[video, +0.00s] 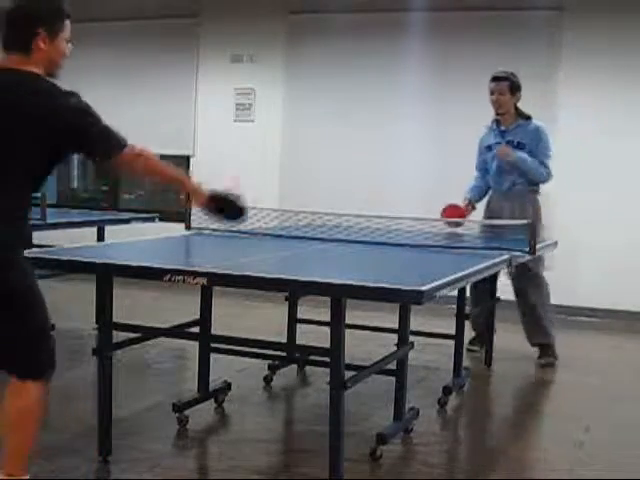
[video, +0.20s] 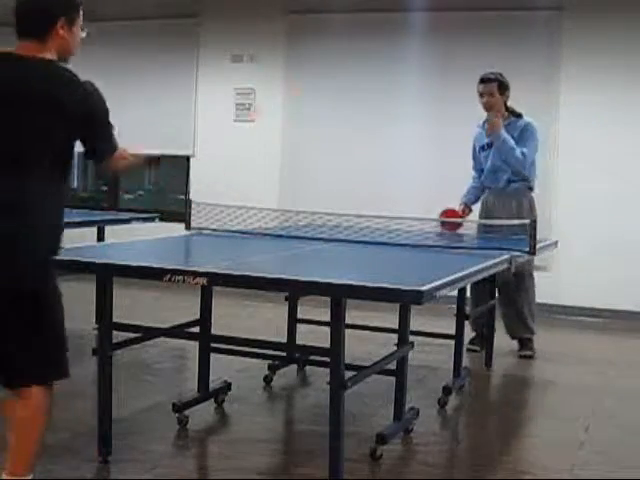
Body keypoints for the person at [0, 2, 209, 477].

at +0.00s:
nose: (67, 51)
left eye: (69, 41)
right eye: (65, 41)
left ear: (15, 39)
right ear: (40, 41)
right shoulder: (52, 102)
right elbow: (126, 158)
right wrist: (190, 187)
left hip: (5, 253)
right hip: (3, 254)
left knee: (24, 360)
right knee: (30, 364)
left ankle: (11, 468)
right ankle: (11, 472)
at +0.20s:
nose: (81, 36)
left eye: (81, 25)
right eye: (79, 25)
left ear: (22, 25)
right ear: (59, 29)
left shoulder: (4, 70)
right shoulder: (73, 92)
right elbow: (110, 161)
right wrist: (137, 158)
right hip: (22, 255)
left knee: (21, 374)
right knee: (31, 379)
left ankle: (14, 467)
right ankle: (15, 473)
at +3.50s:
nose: (114, 9)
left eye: (111, 6)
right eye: (114, 5)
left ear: (55, 3)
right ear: (108, 5)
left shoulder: (11, 49)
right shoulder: (125, 57)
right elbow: (150, 144)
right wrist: (159, 209)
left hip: (13, 252)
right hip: (90, 255)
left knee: (12, 408)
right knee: (92, 410)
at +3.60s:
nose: (111, 15)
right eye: (112, 10)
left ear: (48, 9)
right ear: (108, 9)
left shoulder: (9, 69)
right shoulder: (128, 76)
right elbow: (155, 165)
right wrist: (155, 226)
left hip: (9, 276)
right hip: (86, 280)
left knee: (4, 421)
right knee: (87, 427)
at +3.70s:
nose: (101, 12)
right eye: (102, 8)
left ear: (40, 8)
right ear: (97, 8)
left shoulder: (8, 64)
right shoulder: (125, 74)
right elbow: (153, 162)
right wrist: (145, 221)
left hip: (10, 262)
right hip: (85, 266)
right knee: (84, 415)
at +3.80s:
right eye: (83, 8)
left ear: (27, 10)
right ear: (82, 10)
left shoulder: (6, 67)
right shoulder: (113, 75)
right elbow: (145, 165)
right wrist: (123, 216)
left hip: (8, 259)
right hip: (78, 260)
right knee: (77, 404)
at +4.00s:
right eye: (44, 38)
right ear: (42, 41)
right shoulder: (71, 108)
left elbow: (109, 191)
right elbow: (112, 191)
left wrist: (90, 205)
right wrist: (85, 207)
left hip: (5, 278)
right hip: (50, 278)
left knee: (62, 399)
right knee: (62, 397)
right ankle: (76, 474)